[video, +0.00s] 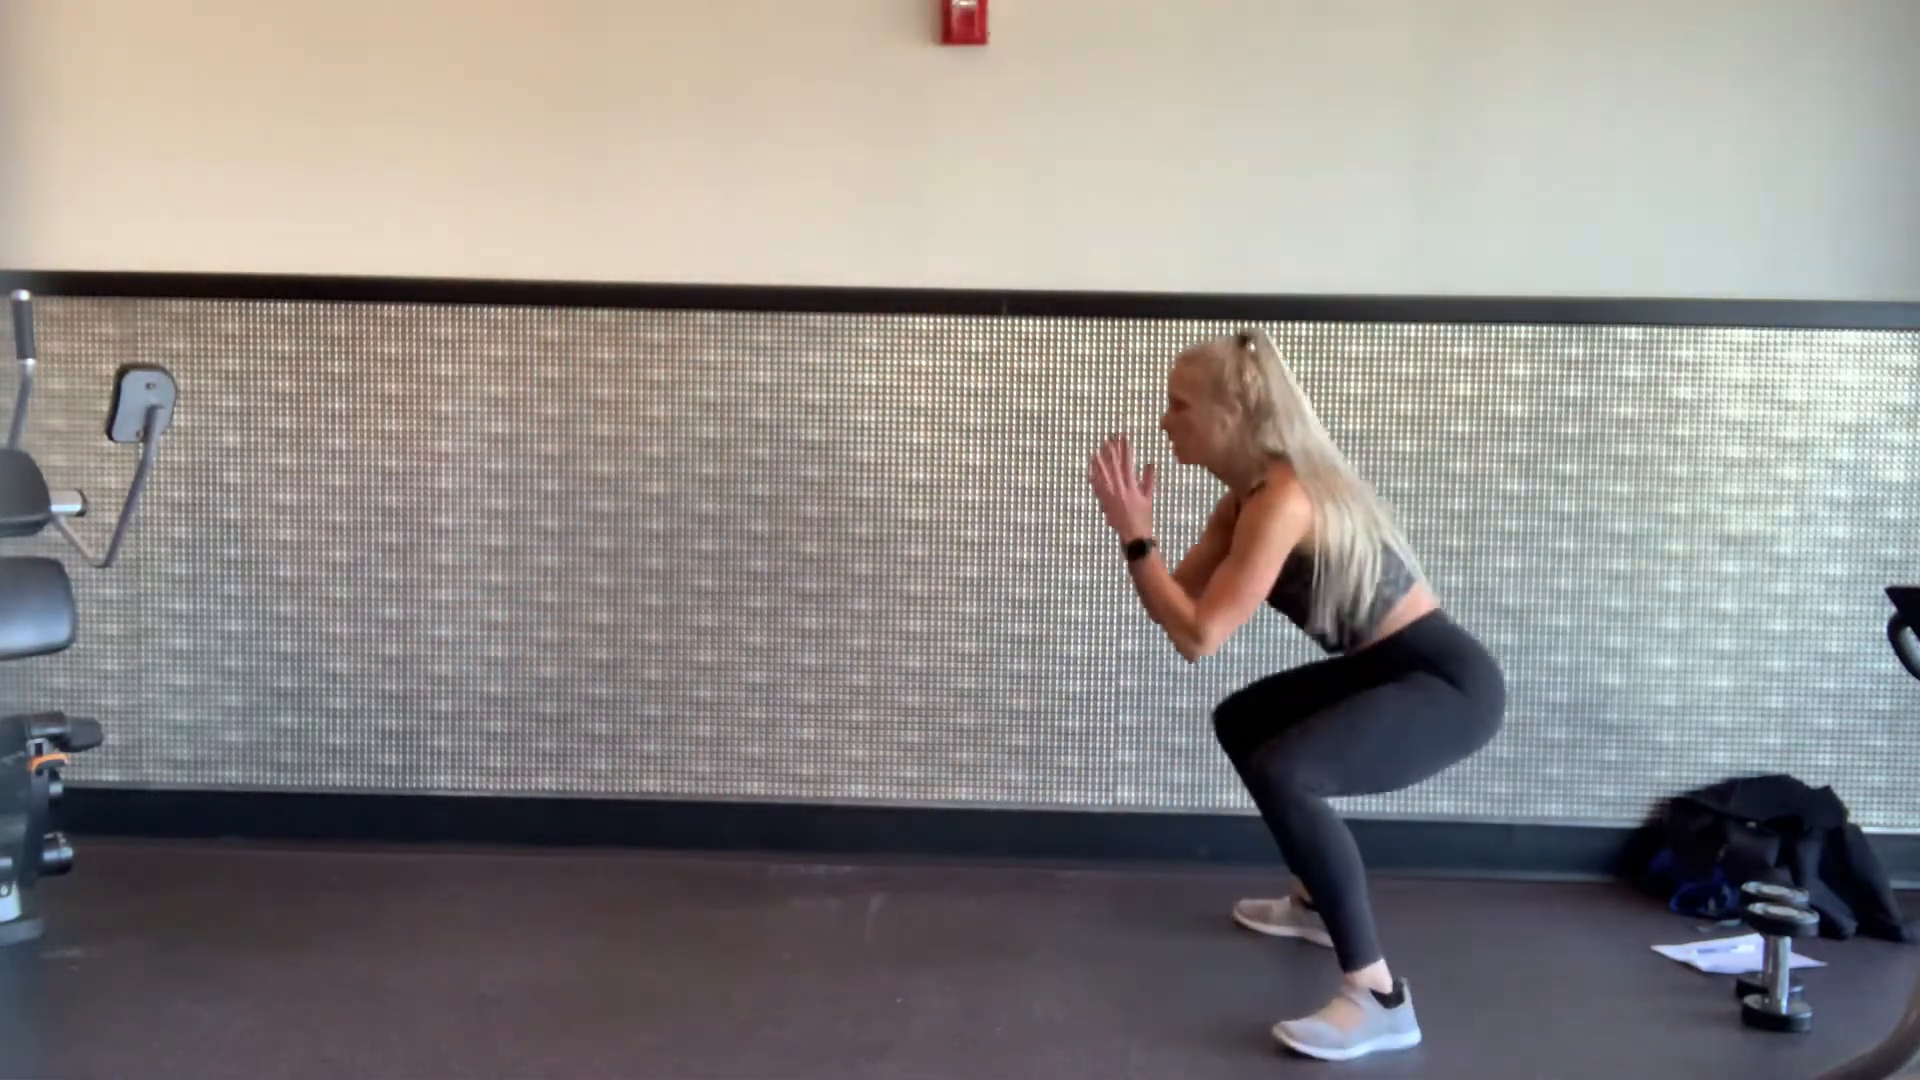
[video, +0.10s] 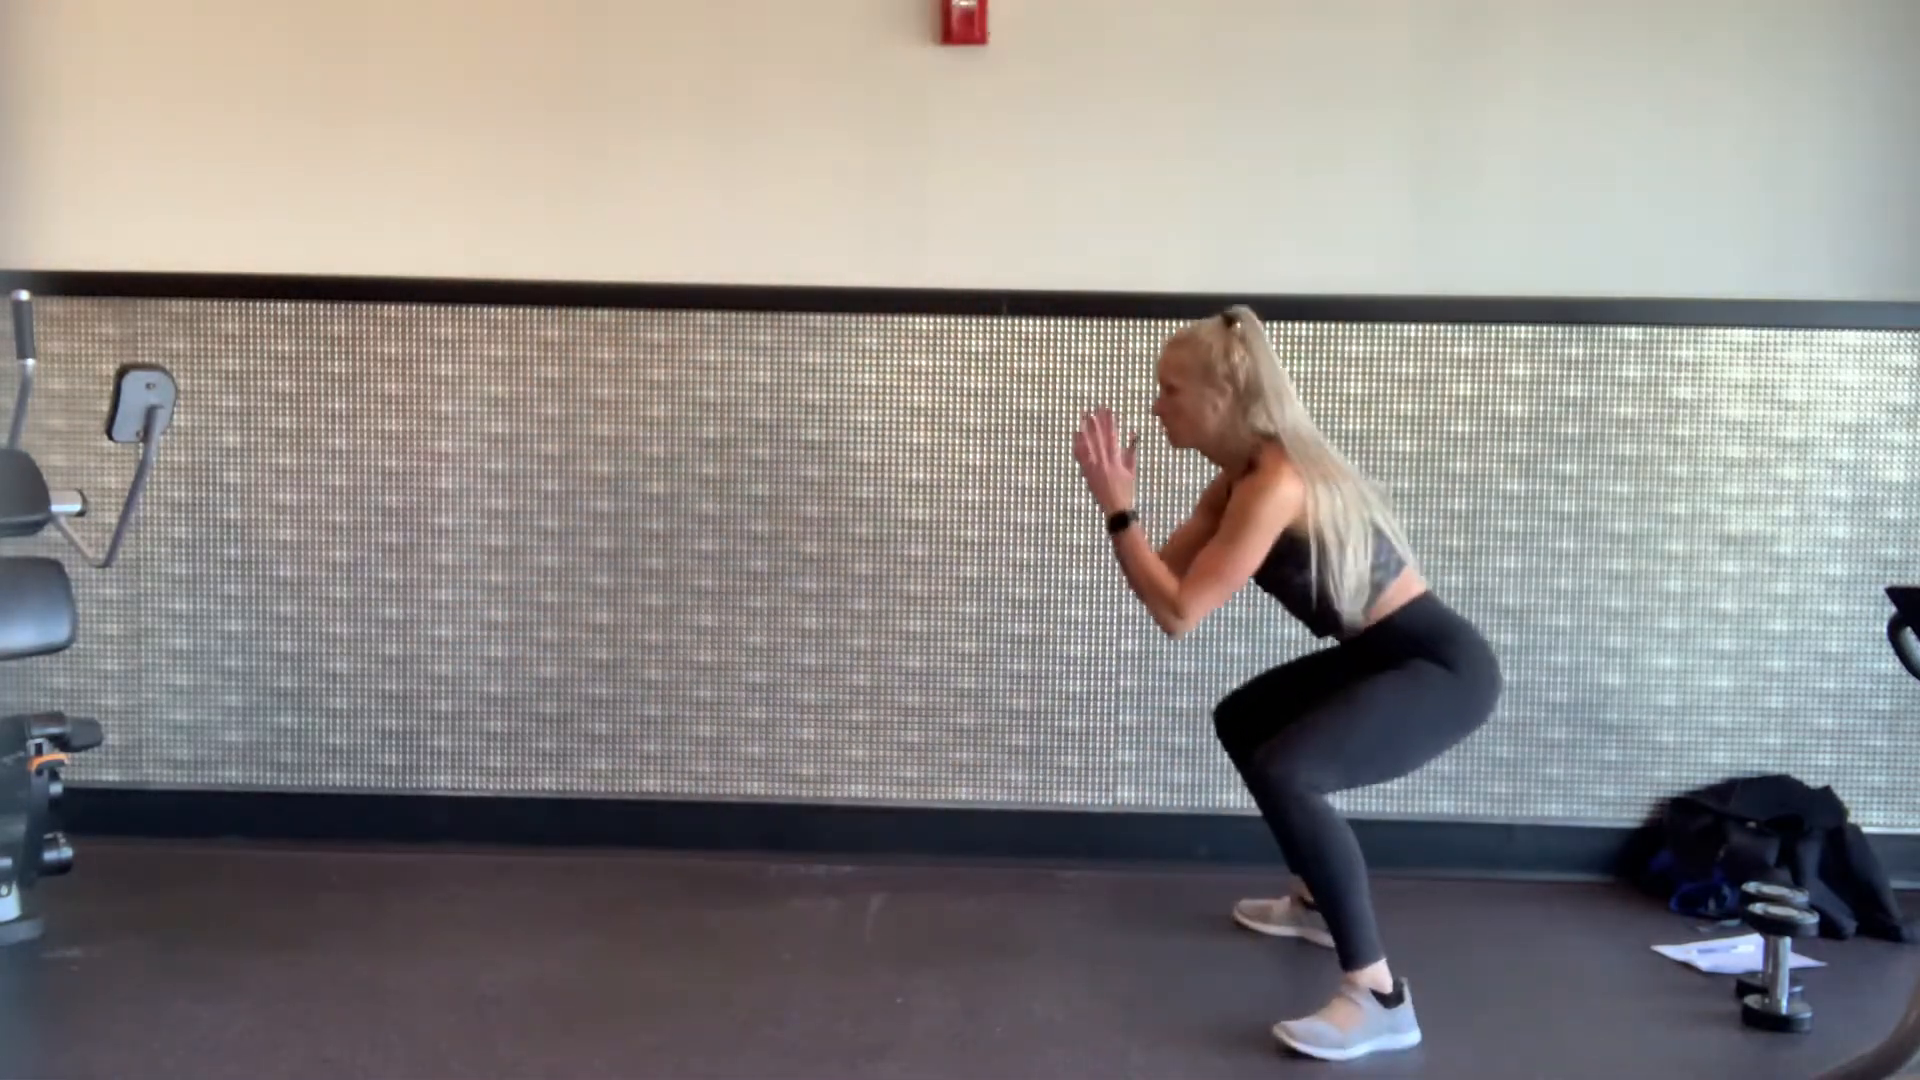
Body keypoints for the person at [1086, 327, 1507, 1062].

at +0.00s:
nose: (1165, 421)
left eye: (1176, 406)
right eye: (1167, 405)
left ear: (1230, 414)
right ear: (1233, 416)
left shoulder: (1281, 500)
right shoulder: (1246, 497)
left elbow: (1198, 635)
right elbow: (1180, 603)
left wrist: (1137, 538)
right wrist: (1135, 534)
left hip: (1449, 683)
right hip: (1397, 668)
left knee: (1287, 768)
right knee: (1242, 722)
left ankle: (1377, 994)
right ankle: (1321, 900)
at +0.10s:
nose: (1157, 408)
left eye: (1168, 392)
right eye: (1158, 392)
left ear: (1220, 397)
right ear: (1225, 399)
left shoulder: (1273, 482)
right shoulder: (1240, 476)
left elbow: (1179, 612)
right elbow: (1165, 582)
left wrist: (1119, 511)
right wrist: (1116, 507)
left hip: (1441, 667)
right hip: (1389, 654)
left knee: (1288, 769)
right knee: (1244, 719)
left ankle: (1377, 993)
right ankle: (1323, 900)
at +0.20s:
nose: (1142, 401)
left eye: (1153, 385)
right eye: (1143, 385)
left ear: (1207, 388)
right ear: (1210, 390)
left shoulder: (1260, 474)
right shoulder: (1225, 470)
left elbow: (1159, 597)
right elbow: (1147, 571)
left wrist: (1092, 500)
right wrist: (1092, 499)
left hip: (1433, 654)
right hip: (1375, 645)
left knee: (1285, 768)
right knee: (1238, 721)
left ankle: (1377, 993)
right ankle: (1320, 902)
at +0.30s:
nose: (1123, 399)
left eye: (1134, 385)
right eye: (1124, 384)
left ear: (1185, 388)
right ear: (1184, 390)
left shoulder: (1244, 470)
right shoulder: (1210, 468)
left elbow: (1136, 596)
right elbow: (1124, 567)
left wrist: (1037, 533)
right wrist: (1034, 529)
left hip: (1423, 647)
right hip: (1368, 636)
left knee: (1280, 770)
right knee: (1237, 722)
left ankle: (1377, 993)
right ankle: (1321, 901)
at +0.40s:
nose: (1100, 400)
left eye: (1111, 384)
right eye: (1101, 383)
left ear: (1164, 385)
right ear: (1162, 388)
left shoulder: (1222, 471)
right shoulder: (1189, 468)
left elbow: (1119, 593)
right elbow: (1102, 568)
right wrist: (1000, 629)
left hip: (1405, 643)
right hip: (1350, 636)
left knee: (1266, 778)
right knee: (1224, 728)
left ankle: (1375, 992)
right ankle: (1319, 899)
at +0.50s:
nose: (1072, 393)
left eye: (1080, 376)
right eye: (1071, 377)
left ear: (1132, 375)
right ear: (1136, 376)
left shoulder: (1189, 462)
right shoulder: (1158, 464)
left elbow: (1147, 611)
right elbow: (1109, 586)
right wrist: (1038, 687)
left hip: (1369, 634)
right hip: (1318, 633)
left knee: (1241, 792)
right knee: (1203, 738)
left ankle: (1371, 992)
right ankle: (1317, 898)